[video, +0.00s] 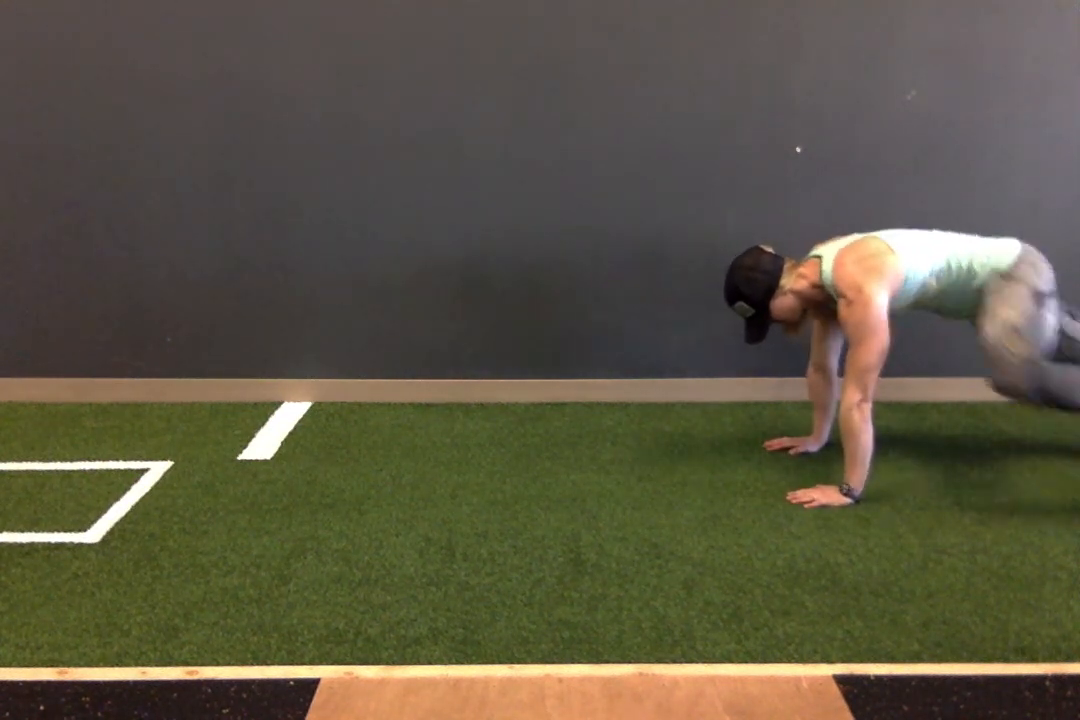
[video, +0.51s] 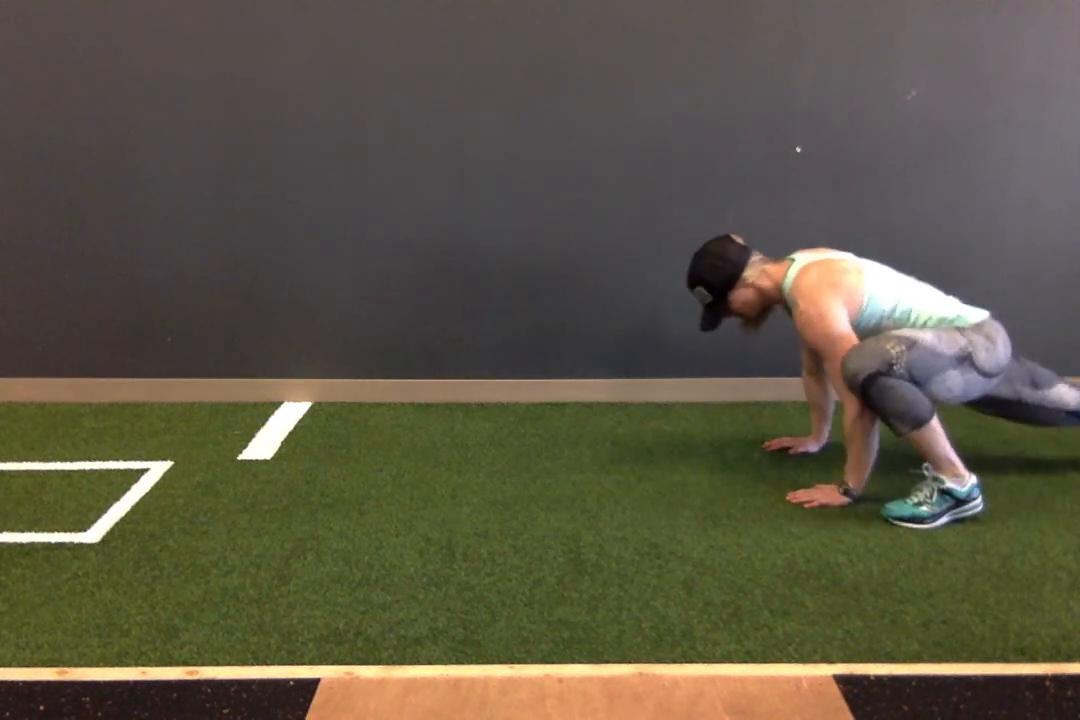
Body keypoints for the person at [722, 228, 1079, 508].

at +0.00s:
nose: (776, 324)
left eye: (768, 314)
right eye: (767, 318)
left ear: (782, 289)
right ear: (782, 278)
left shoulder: (860, 282)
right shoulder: (817, 272)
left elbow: (858, 398)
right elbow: (821, 366)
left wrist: (851, 488)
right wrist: (817, 437)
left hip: (1015, 273)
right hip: (998, 283)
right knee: (1067, 343)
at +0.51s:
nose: (731, 317)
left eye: (725, 306)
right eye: (723, 311)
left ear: (747, 283)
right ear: (750, 272)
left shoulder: (814, 298)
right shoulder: (802, 271)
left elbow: (859, 400)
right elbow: (814, 367)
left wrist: (850, 488)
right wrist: (818, 436)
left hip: (974, 346)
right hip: (978, 339)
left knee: (864, 365)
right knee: (1060, 402)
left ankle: (955, 482)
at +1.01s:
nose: (668, 344)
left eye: (660, 335)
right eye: (659, 338)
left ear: (673, 311)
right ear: (684, 287)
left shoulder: (728, 322)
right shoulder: (748, 294)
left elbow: (690, 426)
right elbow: (791, 372)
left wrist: (618, 493)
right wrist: (802, 430)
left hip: (927, 338)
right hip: (950, 309)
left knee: (811, 435)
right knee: (1044, 390)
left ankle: (942, 472)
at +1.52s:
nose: (548, 335)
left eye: (541, 324)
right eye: (540, 329)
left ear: (555, 302)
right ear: (562, 287)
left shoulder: (619, 315)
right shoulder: (609, 294)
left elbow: (635, 419)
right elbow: (569, 385)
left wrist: (620, 503)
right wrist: (515, 450)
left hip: (805, 329)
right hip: (822, 289)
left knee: (764, 466)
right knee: (955, 368)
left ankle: (916, 464)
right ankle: (1073, 382)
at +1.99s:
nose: (435, 321)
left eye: (426, 311)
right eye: (426, 313)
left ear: (437, 289)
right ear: (450, 267)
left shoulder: (498, 307)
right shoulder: (509, 277)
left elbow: (479, 406)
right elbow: (525, 375)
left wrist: (430, 495)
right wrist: (518, 454)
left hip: (693, 305)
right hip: (701, 266)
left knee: (766, 429)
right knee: (827, 344)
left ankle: (926, 465)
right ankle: (994, 363)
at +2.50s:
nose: (363, 319)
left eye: (353, 311)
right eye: (353, 312)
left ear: (356, 292)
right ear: (375, 257)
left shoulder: (405, 308)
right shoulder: (444, 260)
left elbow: (415, 418)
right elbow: (484, 358)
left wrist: (417, 508)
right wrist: (504, 444)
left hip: (594, 350)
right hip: (612, 290)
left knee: (723, 413)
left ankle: (876, 457)